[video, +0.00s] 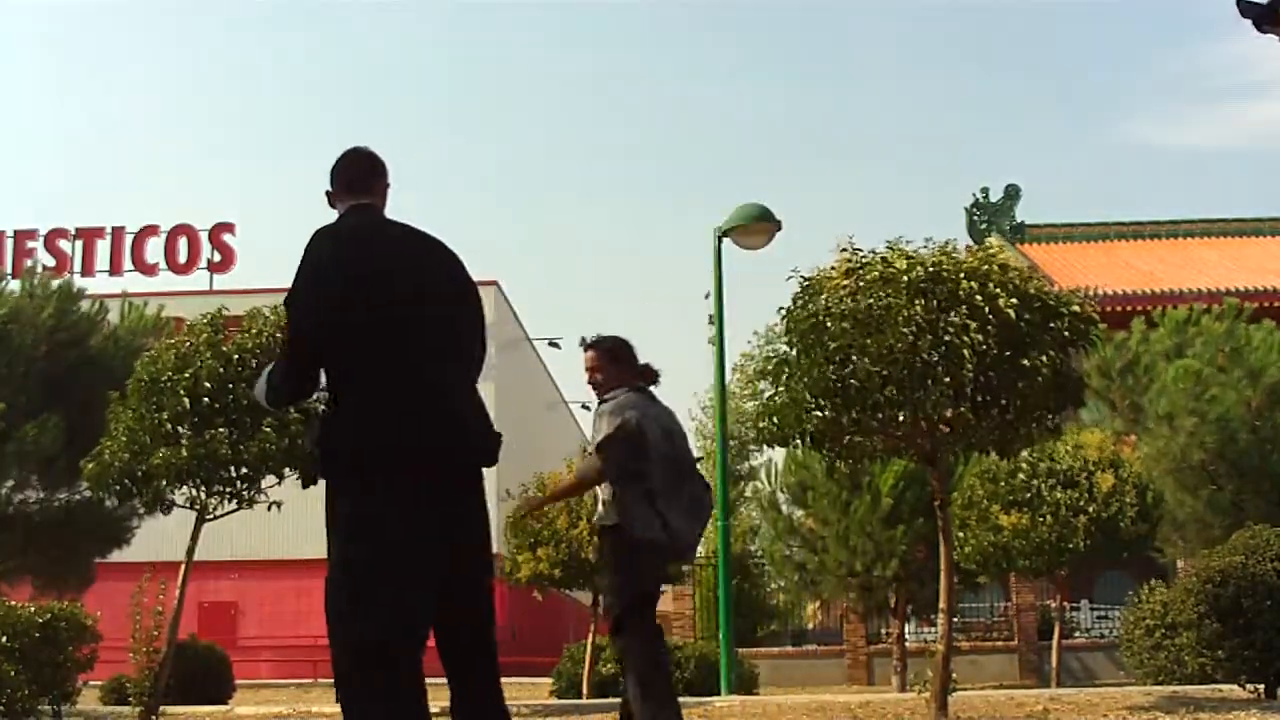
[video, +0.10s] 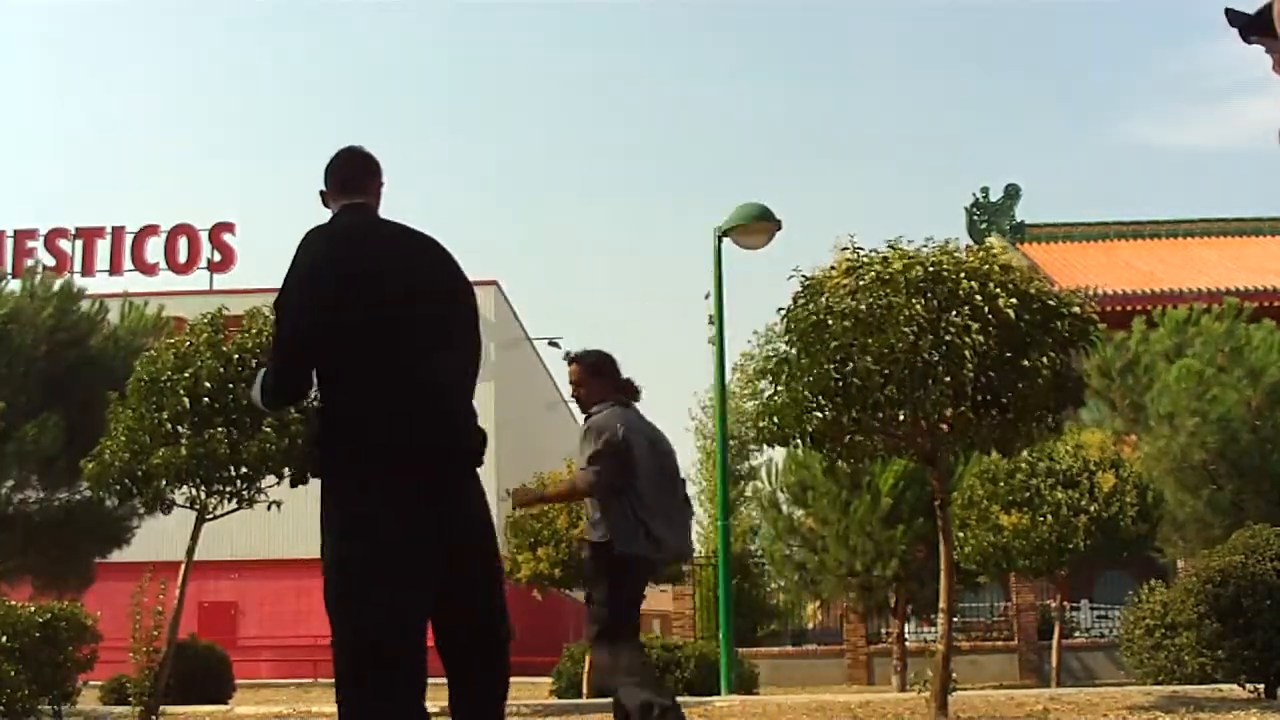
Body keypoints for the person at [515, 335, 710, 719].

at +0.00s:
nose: (590, 380)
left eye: (596, 371)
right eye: (587, 372)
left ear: (620, 369)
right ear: (631, 372)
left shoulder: (617, 409)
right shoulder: (657, 410)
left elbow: (599, 468)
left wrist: (541, 500)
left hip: (629, 535)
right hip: (657, 534)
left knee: (632, 629)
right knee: (638, 627)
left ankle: (654, 710)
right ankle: (638, 706)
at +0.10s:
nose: (573, 394)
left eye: (578, 385)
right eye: (572, 386)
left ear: (602, 383)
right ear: (614, 385)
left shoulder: (605, 423)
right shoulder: (642, 427)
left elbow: (597, 479)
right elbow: (679, 498)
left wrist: (539, 495)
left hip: (616, 547)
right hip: (640, 548)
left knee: (609, 640)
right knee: (620, 638)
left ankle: (653, 708)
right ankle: (633, 708)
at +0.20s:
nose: (557, 396)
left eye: (562, 387)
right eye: (555, 388)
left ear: (585, 384)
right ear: (582, 387)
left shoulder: (600, 420)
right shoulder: (593, 423)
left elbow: (603, 482)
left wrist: (550, 513)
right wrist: (577, 525)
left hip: (611, 548)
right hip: (606, 547)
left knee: (585, 635)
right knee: (605, 635)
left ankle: (638, 706)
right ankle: (632, 707)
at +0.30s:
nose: (544, 389)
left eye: (549, 379)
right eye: (541, 382)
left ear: (572, 377)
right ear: (556, 383)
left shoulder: (593, 419)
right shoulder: (572, 422)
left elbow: (604, 481)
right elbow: (584, 484)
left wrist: (586, 532)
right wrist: (555, 510)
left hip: (604, 543)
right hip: (593, 542)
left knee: (560, 629)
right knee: (605, 635)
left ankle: (584, 709)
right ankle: (630, 710)